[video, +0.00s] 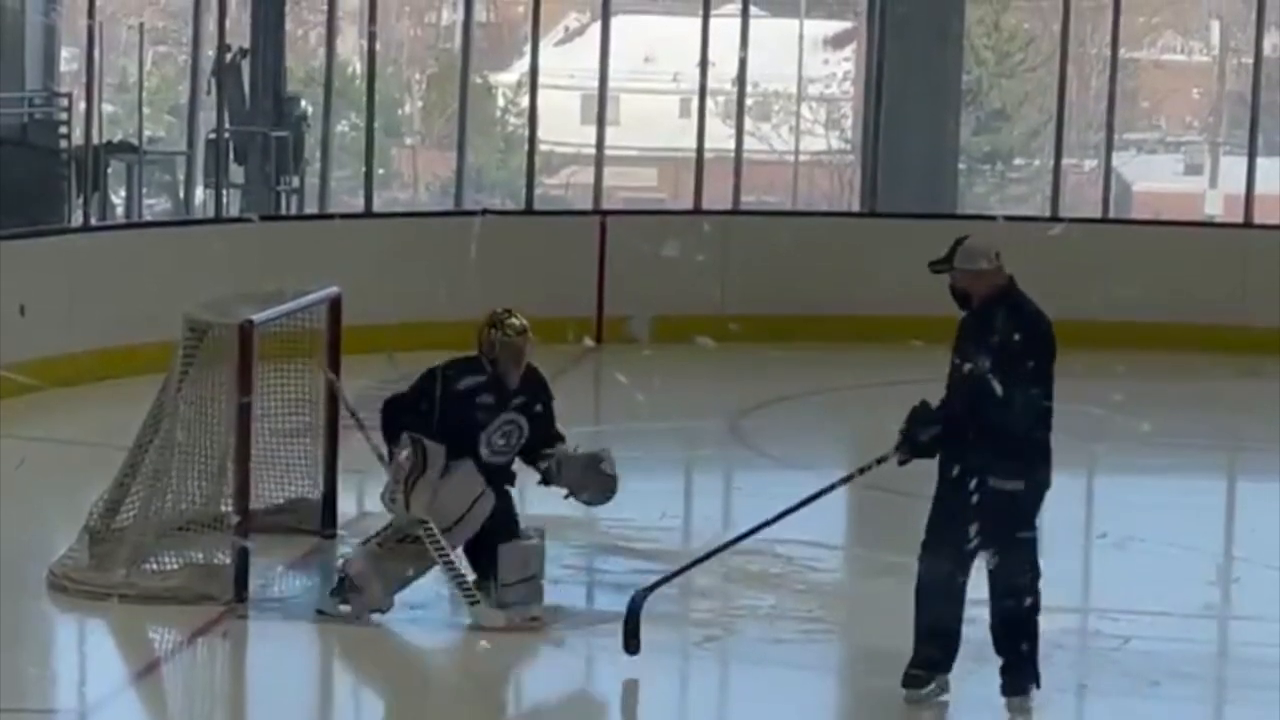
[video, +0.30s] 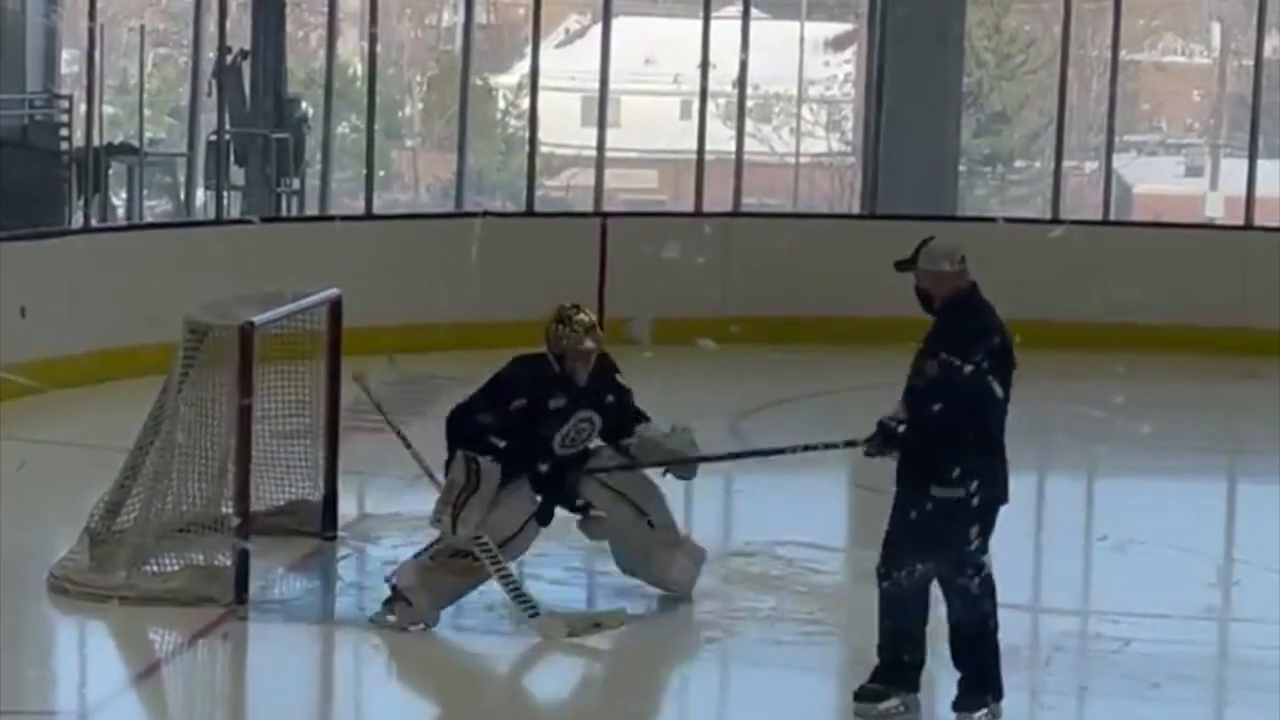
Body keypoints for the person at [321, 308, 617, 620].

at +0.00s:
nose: (518, 364)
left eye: (522, 355)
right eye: (511, 355)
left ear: (528, 350)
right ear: (490, 350)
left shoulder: (532, 385)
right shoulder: (452, 378)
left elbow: (540, 442)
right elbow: (397, 411)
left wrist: (562, 466)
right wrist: (407, 456)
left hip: (493, 488)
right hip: (440, 481)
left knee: (507, 577)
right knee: (413, 544)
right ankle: (359, 585)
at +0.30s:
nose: (585, 364)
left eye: (591, 355)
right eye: (576, 356)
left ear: (598, 348)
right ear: (558, 351)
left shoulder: (604, 378)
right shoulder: (525, 377)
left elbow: (628, 428)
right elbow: (464, 424)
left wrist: (668, 453)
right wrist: (466, 489)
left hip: (579, 466)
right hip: (524, 471)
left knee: (636, 497)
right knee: (491, 539)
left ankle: (673, 573)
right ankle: (410, 601)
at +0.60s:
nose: (620, 360)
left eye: (626, 351)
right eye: (613, 351)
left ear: (634, 349)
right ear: (595, 346)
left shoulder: (639, 381)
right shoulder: (563, 375)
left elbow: (654, 442)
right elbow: (500, 423)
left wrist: (680, 467)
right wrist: (569, 441)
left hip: (597, 473)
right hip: (540, 468)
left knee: (662, 526)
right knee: (528, 541)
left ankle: (704, 589)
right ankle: (451, 613)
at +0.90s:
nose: (584, 365)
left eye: (591, 355)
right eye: (576, 356)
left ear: (600, 351)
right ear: (562, 352)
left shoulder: (609, 383)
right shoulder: (539, 378)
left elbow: (626, 436)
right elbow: (489, 427)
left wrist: (656, 459)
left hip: (581, 470)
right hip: (528, 473)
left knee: (630, 504)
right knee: (520, 550)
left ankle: (645, 591)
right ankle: (446, 604)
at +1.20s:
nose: (518, 351)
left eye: (527, 344)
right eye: (512, 344)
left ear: (540, 351)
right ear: (501, 350)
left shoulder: (563, 384)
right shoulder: (481, 395)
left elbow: (596, 438)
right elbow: (435, 433)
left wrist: (634, 473)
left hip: (541, 482)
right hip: (485, 492)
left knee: (599, 516)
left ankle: (639, 570)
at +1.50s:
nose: (374, 381)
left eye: (383, 374)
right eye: (368, 373)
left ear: (401, 373)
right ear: (359, 374)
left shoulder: (441, 392)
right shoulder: (349, 414)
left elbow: (478, 445)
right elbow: (307, 466)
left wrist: (491, 487)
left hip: (439, 495)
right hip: (380, 508)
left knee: (484, 551)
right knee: (410, 580)